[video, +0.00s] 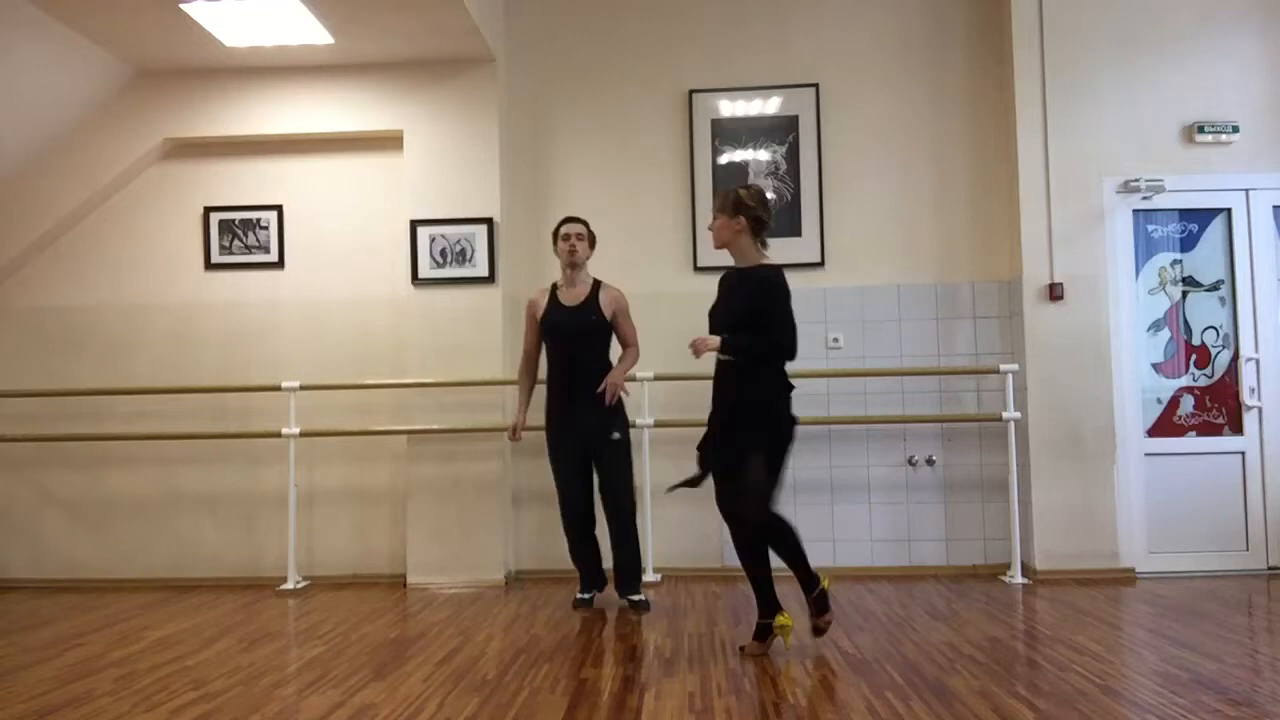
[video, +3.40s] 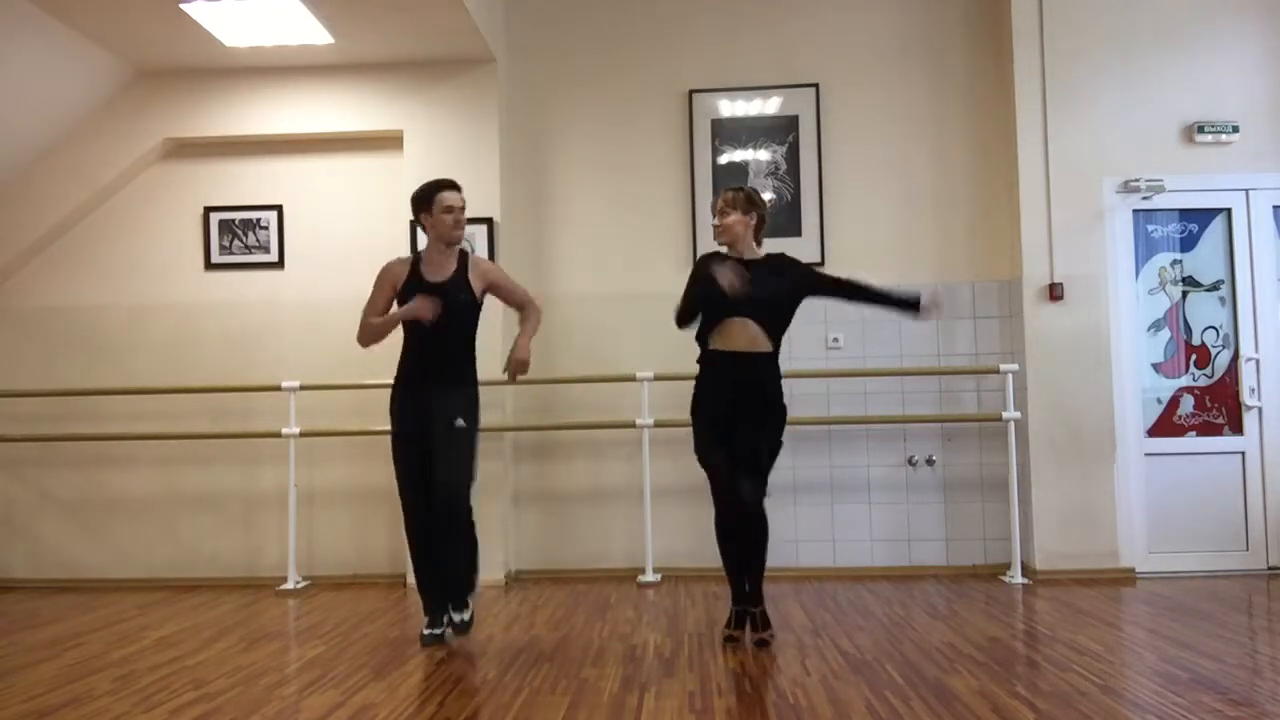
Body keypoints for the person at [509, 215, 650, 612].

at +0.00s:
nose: (572, 244)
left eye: (579, 239)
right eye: (565, 238)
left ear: (591, 248)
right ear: (555, 248)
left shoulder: (610, 297)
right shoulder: (540, 302)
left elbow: (632, 347)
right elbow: (529, 361)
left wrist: (619, 373)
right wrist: (522, 410)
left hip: (605, 412)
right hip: (562, 416)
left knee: (619, 504)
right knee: (574, 508)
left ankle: (630, 587)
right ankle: (589, 582)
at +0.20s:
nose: (558, 244)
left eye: (564, 238)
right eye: (551, 238)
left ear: (576, 247)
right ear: (541, 247)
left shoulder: (595, 297)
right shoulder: (524, 301)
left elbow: (622, 339)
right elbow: (511, 351)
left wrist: (605, 372)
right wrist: (512, 387)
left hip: (585, 402)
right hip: (546, 405)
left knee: (586, 486)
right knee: (565, 493)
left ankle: (587, 573)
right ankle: (587, 580)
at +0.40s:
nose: (535, 243)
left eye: (542, 238)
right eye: (528, 238)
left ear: (554, 247)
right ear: (518, 247)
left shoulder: (572, 299)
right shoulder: (502, 301)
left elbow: (589, 350)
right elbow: (491, 358)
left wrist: (574, 377)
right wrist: (493, 402)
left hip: (555, 407)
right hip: (516, 406)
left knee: (539, 502)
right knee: (525, 499)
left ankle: (514, 590)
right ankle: (573, 563)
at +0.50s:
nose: (524, 237)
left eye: (531, 231)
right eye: (517, 231)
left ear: (543, 240)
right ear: (507, 240)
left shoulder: (560, 292)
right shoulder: (489, 295)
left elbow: (580, 349)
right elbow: (479, 354)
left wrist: (561, 365)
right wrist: (479, 403)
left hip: (545, 407)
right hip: (503, 406)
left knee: (534, 506)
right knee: (486, 492)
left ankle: (517, 595)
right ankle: (525, 549)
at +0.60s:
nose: (516, 234)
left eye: (523, 228)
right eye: (509, 228)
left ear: (536, 238)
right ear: (499, 238)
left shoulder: (552, 290)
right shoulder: (481, 292)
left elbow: (573, 348)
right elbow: (469, 349)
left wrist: (554, 358)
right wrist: (470, 400)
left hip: (539, 408)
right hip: (495, 406)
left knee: (530, 507)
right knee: (469, 495)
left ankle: (517, 598)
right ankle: (485, 575)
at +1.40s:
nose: (451, 225)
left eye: (459, 219)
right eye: (443, 219)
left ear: (471, 231)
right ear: (431, 229)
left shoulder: (489, 283)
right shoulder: (409, 283)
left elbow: (507, 342)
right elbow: (397, 342)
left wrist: (506, 347)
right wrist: (410, 376)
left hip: (480, 405)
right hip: (432, 405)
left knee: (477, 509)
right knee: (418, 503)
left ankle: (464, 608)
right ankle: (428, 604)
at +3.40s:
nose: (459, 218)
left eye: (462, 211)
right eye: (449, 212)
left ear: (465, 217)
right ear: (424, 219)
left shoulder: (479, 270)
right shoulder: (397, 272)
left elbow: (529, 307)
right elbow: (365, 335)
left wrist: (522, 343)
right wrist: (403, 312)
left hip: (457, 398)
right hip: (409, 399)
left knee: (451, 500)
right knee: (417, 506)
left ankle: (459, 598)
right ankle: (434, 610)